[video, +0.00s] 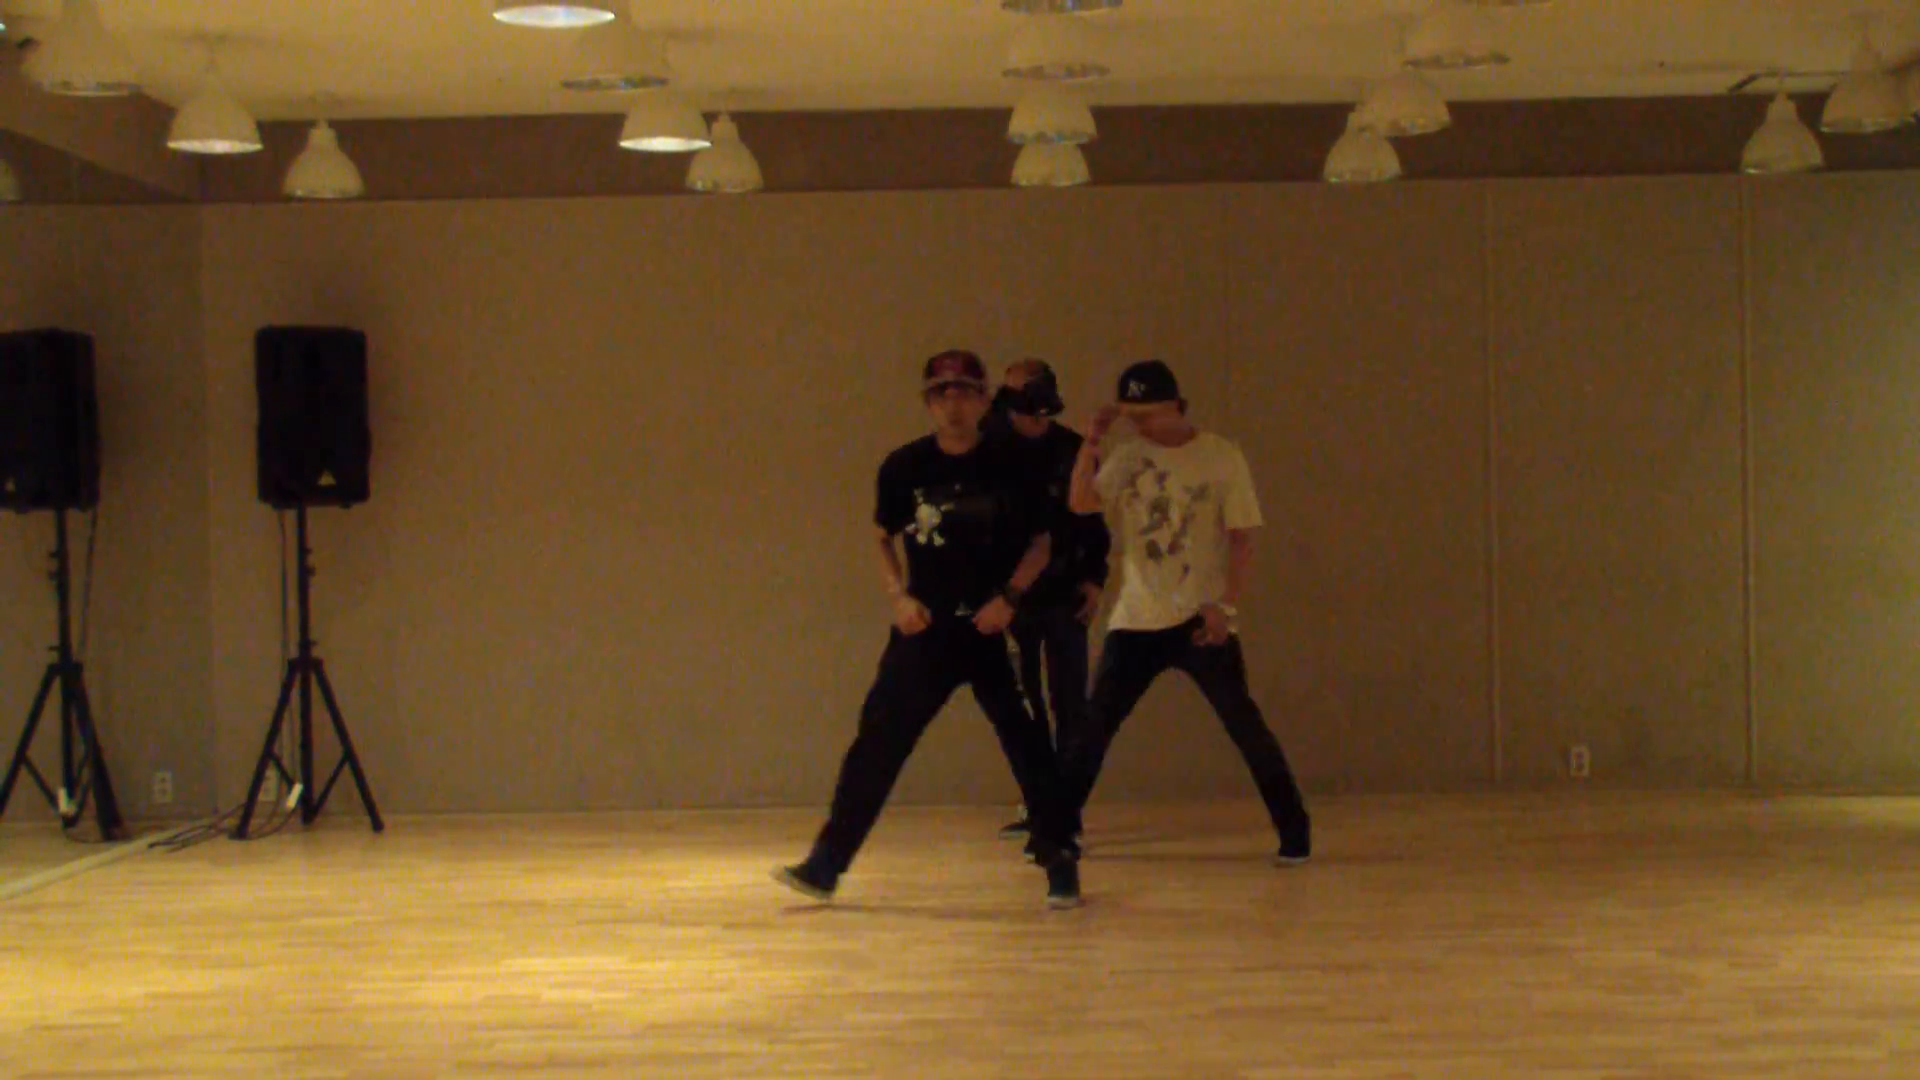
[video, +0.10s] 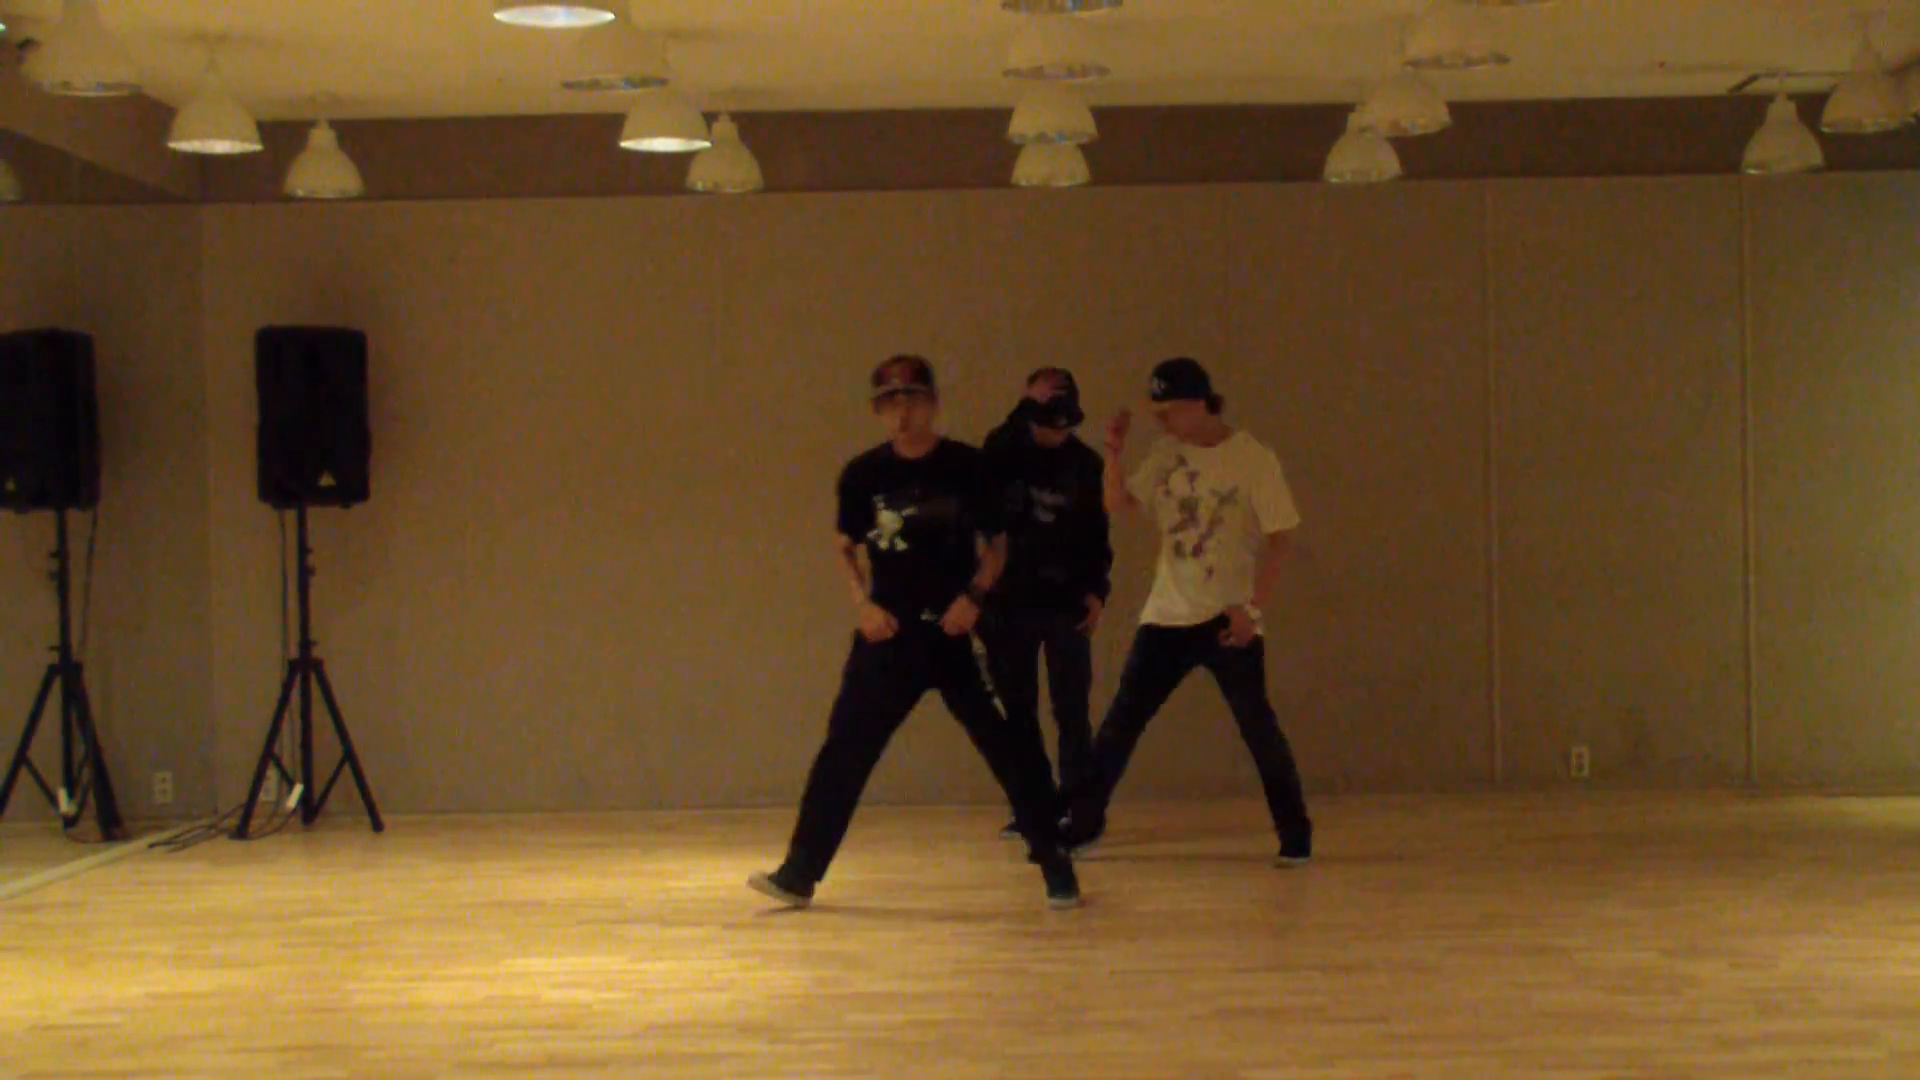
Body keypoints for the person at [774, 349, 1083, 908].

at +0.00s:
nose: (952, 402)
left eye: (964, 390)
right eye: (941, 392)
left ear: (984, 398)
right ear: (927, 402)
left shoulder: (1016, 463)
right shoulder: (904, 467)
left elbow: (1043, 542)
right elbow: (885, 537)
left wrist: (1009, 597)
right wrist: (899, 596)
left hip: (992, 631)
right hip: (926, 632)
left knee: (1028, 740)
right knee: (879, 738)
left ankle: (1060, 861)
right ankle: (826, 862)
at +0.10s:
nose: (902, 410)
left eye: (912, 398)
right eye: (890, 400)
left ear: (933, 403)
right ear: (878, 409)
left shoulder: (967, 465)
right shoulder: (862, 474)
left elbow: (998, 544)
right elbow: (845, 549)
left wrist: (973, 597)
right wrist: (863, 603)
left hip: (951, 640)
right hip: (888, 640)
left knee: (1007, 744)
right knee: (844, 750)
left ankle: (1053, 858)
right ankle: (800, 871)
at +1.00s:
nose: (754, 423)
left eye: (757, 414)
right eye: (746, 413)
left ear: (744, 417)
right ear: (714, 412)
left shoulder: (758, 480)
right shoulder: (656, 459)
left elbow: (759, 555)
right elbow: (627, 534)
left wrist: (745, 596)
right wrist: (620, 607)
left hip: (714, 624)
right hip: (656, 618)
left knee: (702, 734)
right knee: (663, 728)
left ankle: (688, 852)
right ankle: (654, 853)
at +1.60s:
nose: (644, 429)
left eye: (654, 420)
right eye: (635, 421)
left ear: (673, 423)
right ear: (623, 426)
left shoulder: (701, 480)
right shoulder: (602, 479)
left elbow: (722, 553)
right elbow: (578, 550)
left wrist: (701, 605)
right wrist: (589, 614)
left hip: (672, 629)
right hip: (617, 627)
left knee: (673, 736)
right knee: (621, 737)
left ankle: (677, 840)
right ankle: (638, 835)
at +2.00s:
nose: (642, 431)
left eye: (651, 421)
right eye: (634, 422)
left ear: (671, 422)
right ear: (623, 426)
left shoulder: (704, 470)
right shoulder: (607, 476)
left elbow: (735, 528)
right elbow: (589, 537)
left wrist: (712, 575)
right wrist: (604, 584)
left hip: (683, 616)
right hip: (627, 617)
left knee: (686, 725)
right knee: (632, 726)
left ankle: (687, 834)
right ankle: (641, 835)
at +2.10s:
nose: (649, 432)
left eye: (658, 422)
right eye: (640, 423)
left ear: (677, 423)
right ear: (629, 427)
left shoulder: (709, 472)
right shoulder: (613, 476)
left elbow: (739, 535)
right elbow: (595, 542)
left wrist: (713, 581)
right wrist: (609, 587)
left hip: (688, 620)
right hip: (632, 620)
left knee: (690, 729)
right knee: (635, 730)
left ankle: (692, 834)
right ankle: (641, 836)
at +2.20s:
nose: (658, 434)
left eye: (667, 424)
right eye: (649, 425)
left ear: (685, 426)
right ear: (637, 429)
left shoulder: (716, 476)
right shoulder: (619, 480)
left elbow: (746, 541)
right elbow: (599, 545)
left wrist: (718, 587)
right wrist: (617, 589)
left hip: (693, 622)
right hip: (637, 622)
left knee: (695, 731)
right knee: (638, 731)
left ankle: (694, 835)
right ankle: (643, 836)